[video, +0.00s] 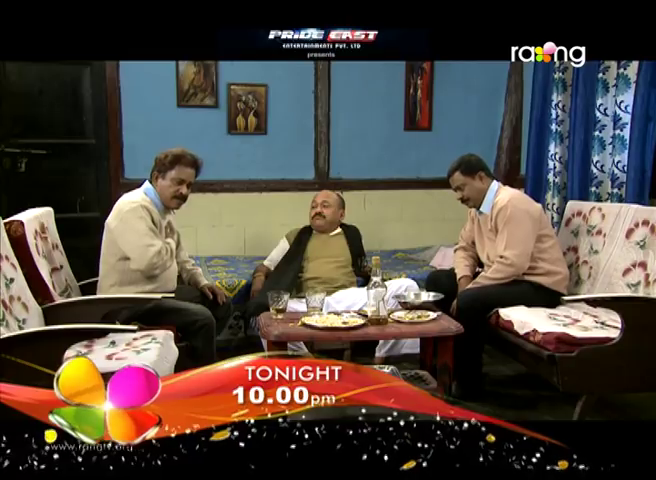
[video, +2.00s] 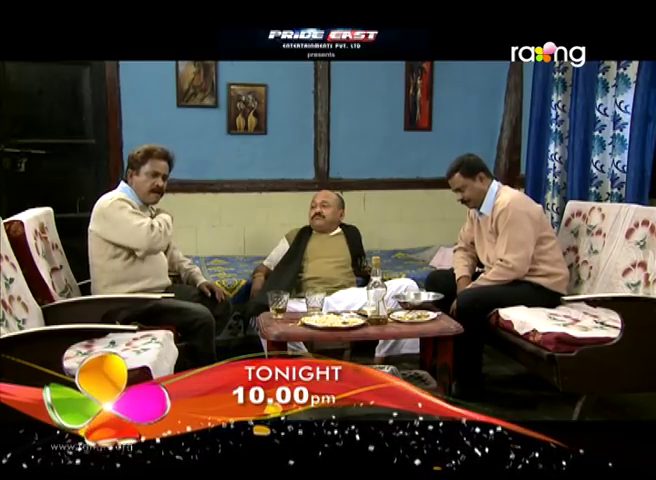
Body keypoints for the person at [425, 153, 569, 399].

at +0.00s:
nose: (459, 197)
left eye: (461, 188)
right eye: (456, 192)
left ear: (481, 178)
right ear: (479, 180)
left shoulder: (514, 205)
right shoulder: (478, 209)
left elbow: (513, 263)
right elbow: (464, 248)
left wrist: (466, 293)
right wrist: (464, 280)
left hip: (541, 286)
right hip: (502, 277)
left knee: (468, 302)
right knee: (437, 280)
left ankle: (467, 385)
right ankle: (441, 368)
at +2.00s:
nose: (459, 198)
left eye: (461, 190)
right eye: (456, 193)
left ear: (481, 179)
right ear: (479, 180)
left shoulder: (513, 205)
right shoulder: (478, 208)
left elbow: (513, 266)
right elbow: (464, 248)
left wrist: (466, 294)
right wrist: (463, 282)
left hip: (541, 286)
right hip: (504, 277)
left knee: (468, 302)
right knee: (437, 280)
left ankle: (467, 385)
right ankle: (440, 368)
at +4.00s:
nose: (471, 184)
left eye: (475, 177)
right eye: (469, 179)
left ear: (496, 172)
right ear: (492, 174)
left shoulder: (526, 201)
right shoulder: (486, 208)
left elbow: (513, 261)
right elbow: (467, 247)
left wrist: (472, 291)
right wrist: (464, 280)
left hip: (541, 285)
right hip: (504, 277)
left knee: (468, 302)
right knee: (437, 280)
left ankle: (467, 385)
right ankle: (437, 370)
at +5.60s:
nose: (476, 182)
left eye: (482, 174)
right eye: (474, 176)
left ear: (505, 172)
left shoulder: (529, 201)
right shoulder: (487, 207)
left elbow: (515, 258)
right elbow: (468, 246)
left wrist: (473, 290)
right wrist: (464, 278)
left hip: (541, 285)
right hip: (504, 277)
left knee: (468, 302)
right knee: (438, 280)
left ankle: (467, 385)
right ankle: (437, 368)